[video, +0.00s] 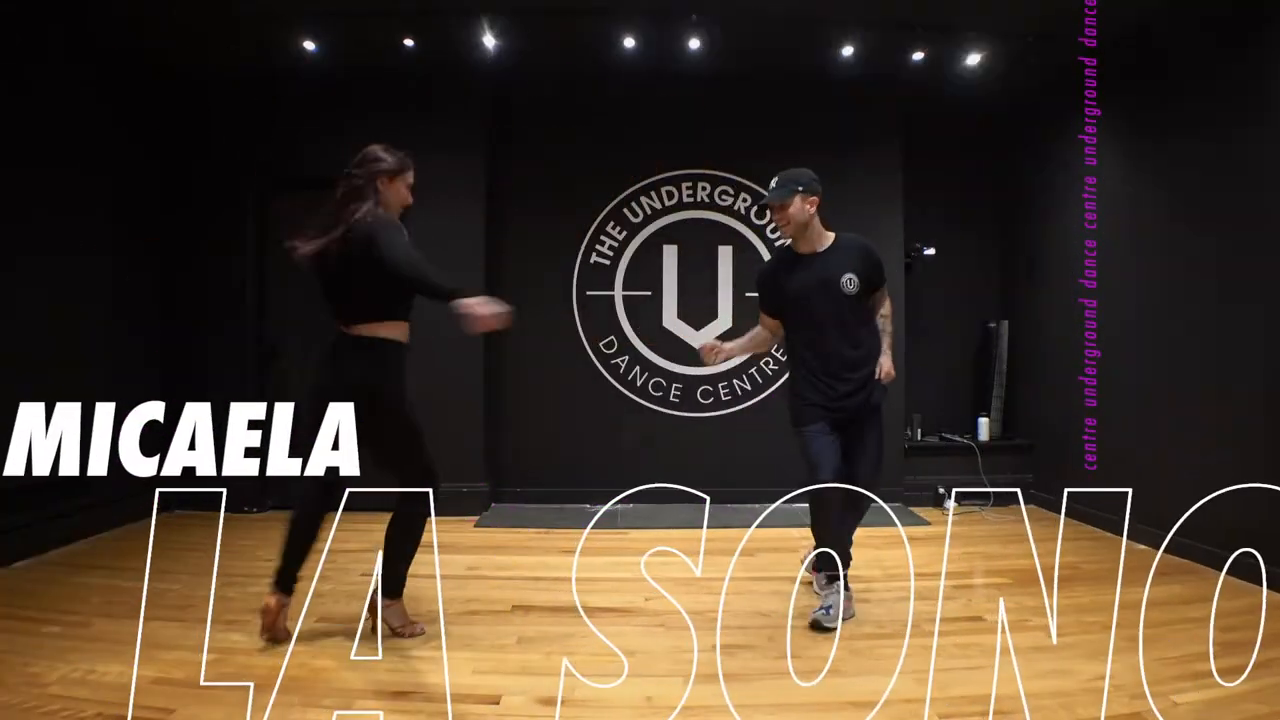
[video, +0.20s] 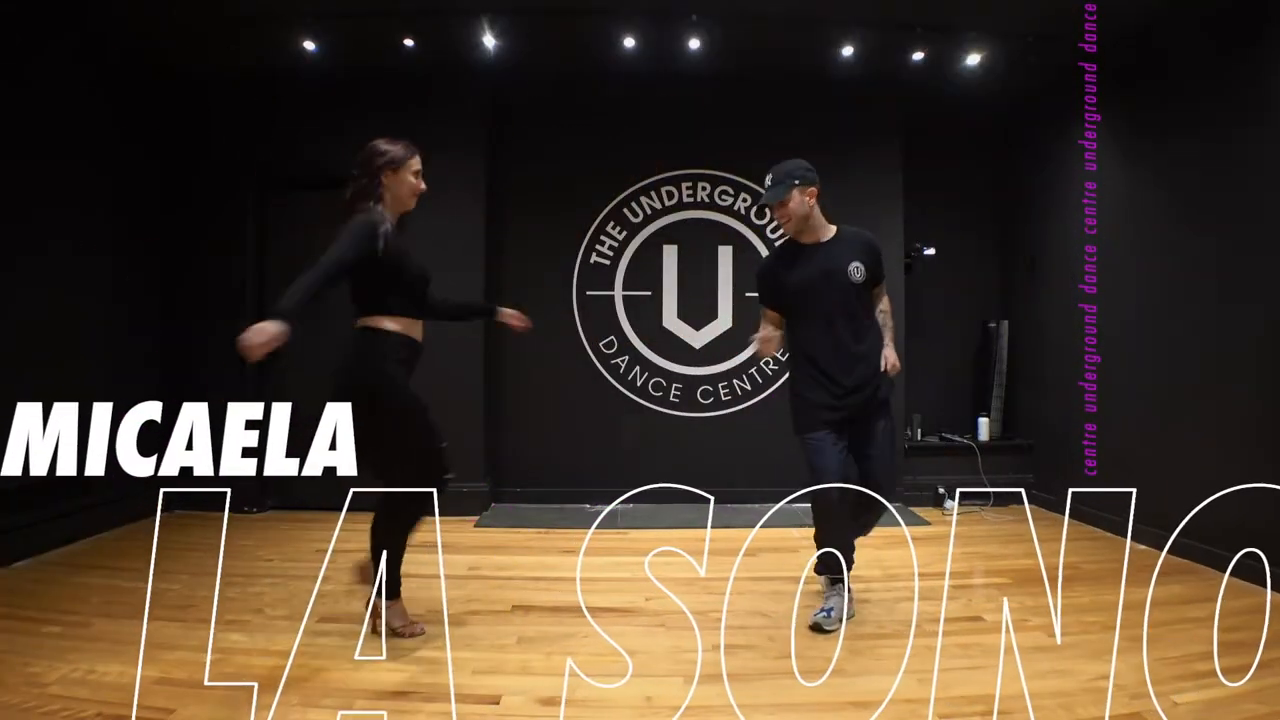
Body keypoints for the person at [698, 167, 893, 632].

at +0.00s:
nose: (773, 217)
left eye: (781, 207)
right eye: (771, 209)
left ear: (811, 203)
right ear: (777, 212)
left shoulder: (859, 255)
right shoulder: (775, 273)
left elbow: (881, 307)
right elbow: (768, 331)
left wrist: (885, 352)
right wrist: (729, 348)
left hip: (861, 392)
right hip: (811, 396)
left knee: (861, 487)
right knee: (826, 484)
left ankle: (823, 563)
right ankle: (837, 590)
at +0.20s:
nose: (775, 214)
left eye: (782, 203)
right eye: (771, 206)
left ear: (811, 195)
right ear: (773, 208)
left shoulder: (861, 247)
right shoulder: (774, 267)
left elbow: (880, 302)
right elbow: (770, 324)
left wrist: (888, 343)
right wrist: (765, 342)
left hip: (867, 391)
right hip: (814, 397)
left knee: (878, 490)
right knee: (829, 489)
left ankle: (834, 546)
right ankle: (834, 589)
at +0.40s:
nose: (781, 202)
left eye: (787, 191)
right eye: (775, 195)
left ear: (815, 181)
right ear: (775, 196)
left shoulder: (860, 236)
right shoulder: (779, 247)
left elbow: (871, 294)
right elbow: (778, 319)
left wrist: (883, 335)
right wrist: (845, 295)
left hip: (869, 383)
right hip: (813, 392)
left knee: (892, 479)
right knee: (824, 491)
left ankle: (878, 574)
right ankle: (836, 587)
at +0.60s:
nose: (788, 197)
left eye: (794, 185)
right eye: (782, 190)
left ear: (822, 175)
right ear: (779, 191)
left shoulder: (862, 236)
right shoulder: (783, 242)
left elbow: (869, 298)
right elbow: (777, 317)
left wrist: (882, 339)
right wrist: (851, 301)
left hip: (865, 386)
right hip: (809, 393)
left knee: (871, 485)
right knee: (821, 493)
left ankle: (876, 602)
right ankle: (835, 589)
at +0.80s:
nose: (794, 196)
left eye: (801, 185)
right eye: (788, 189)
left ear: (831, 176)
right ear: (785, 193)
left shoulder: (876, 244)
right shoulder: (780, 250)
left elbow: (888, 307)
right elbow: (761, 323)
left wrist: (888, 349)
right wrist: (748, 279)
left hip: (857, 393)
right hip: (798, 399)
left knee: (845, 490)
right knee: (807, 509)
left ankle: (852, 613)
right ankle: (833, 587)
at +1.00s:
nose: (791, 188)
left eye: (796, 175)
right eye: (785, 181)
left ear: (827, 160)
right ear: (786, 182)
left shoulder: (880, 225)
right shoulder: (791, 239)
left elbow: (925, 297)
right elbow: (760, 301)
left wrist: (884, 342)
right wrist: (743, 242)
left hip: (847, 381)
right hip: (791, 386)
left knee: (821, 489)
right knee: (784, 501)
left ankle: (843, 631)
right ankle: (834, 611)